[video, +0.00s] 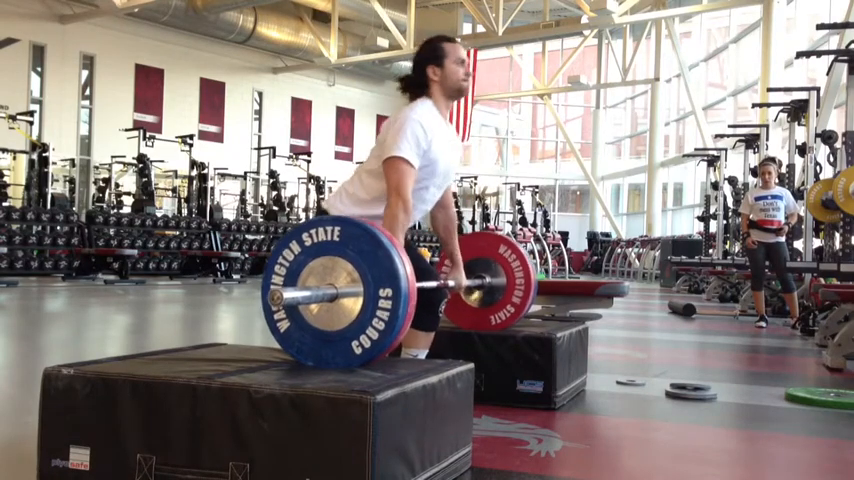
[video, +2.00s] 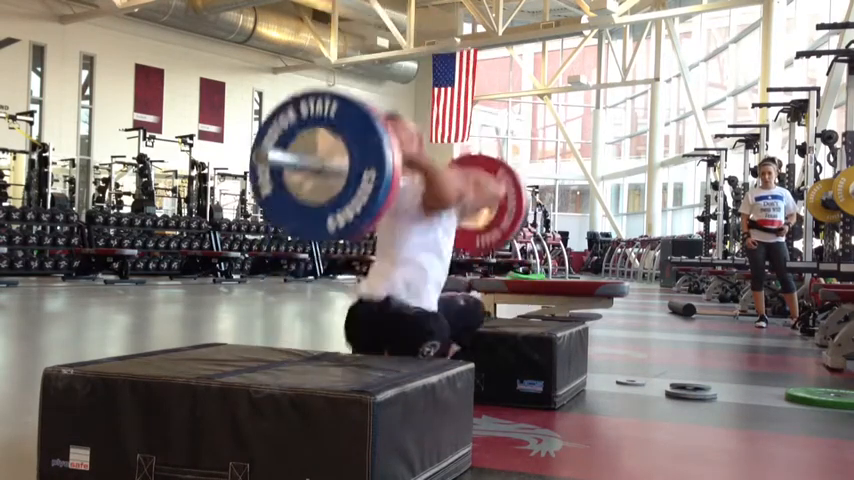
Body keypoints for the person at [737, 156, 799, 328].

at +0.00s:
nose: (766, 176)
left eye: (769, 173)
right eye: (763, 173)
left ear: (776, 174)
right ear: (759, 175)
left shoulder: (784, 193)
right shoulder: (751, 195)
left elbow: (794, 213)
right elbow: (744, 217)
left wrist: (788, 224)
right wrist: (746, 235)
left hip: (777, 240)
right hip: (756, 239)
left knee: (785, 276)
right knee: (757, 277)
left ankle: (795, 318)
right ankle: (761, 316)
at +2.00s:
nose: (766, 176)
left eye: (769, 173)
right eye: (763, 173)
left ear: (776, 174)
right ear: (759, 175)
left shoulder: (784, 193)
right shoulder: (751, 194)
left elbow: (792, 214)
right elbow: (744, 216)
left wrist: (787, 224)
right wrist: (746, 235)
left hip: (777, 240)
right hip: (757, 239)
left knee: (785, 276)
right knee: (757, 278)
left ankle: (795, 318)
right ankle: (761, 316)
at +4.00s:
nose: (767, 172)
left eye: (770, 169)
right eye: (764, 170)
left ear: (776, 172)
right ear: (760, 173)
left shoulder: (784, 192)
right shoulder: (752, 193)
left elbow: (792, 213)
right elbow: (744, 216)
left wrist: (788, 224)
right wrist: (746, 235)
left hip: (778, 239)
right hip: (757, 239)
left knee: (785, 275)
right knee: (757, 277)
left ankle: (795, 317)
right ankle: (761, 316)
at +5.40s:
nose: (783, 176)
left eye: (787, 173)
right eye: (780, 172)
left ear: (791, 174)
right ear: (773, 173)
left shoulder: (796, 193)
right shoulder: (764, 192)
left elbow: (801, 216)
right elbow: (755, 218)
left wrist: (800, 224)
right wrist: (769, 229)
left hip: (790, 240)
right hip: (769, 240)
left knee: (796, 275)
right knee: (766, 274)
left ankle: (794, 317)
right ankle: (762, 315)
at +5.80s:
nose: (801, 171)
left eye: (803, 168)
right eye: (797, 168)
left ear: (806, 170)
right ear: (788, 171)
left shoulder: (810, 191)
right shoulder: (782, 191)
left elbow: (816, 214)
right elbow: (774, 217)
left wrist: (817, 225)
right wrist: (793, 225)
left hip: (806, 239)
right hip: (787, 239)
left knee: (802, 279)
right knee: (784, 276)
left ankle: (793, 318)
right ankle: (770, 313)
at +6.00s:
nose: (805, 172)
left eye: (807, 168)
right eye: (801, 169)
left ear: (811, 170)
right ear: (795, 171)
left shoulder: (815, 190)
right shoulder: (787, 190)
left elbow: (820, 213)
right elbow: (779, 216)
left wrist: (822, 224)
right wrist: (800, 223)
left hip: (810, 239)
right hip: (792, 238)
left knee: (805, 278)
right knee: (794, 277)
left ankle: (796, 317)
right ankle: (789, 317)